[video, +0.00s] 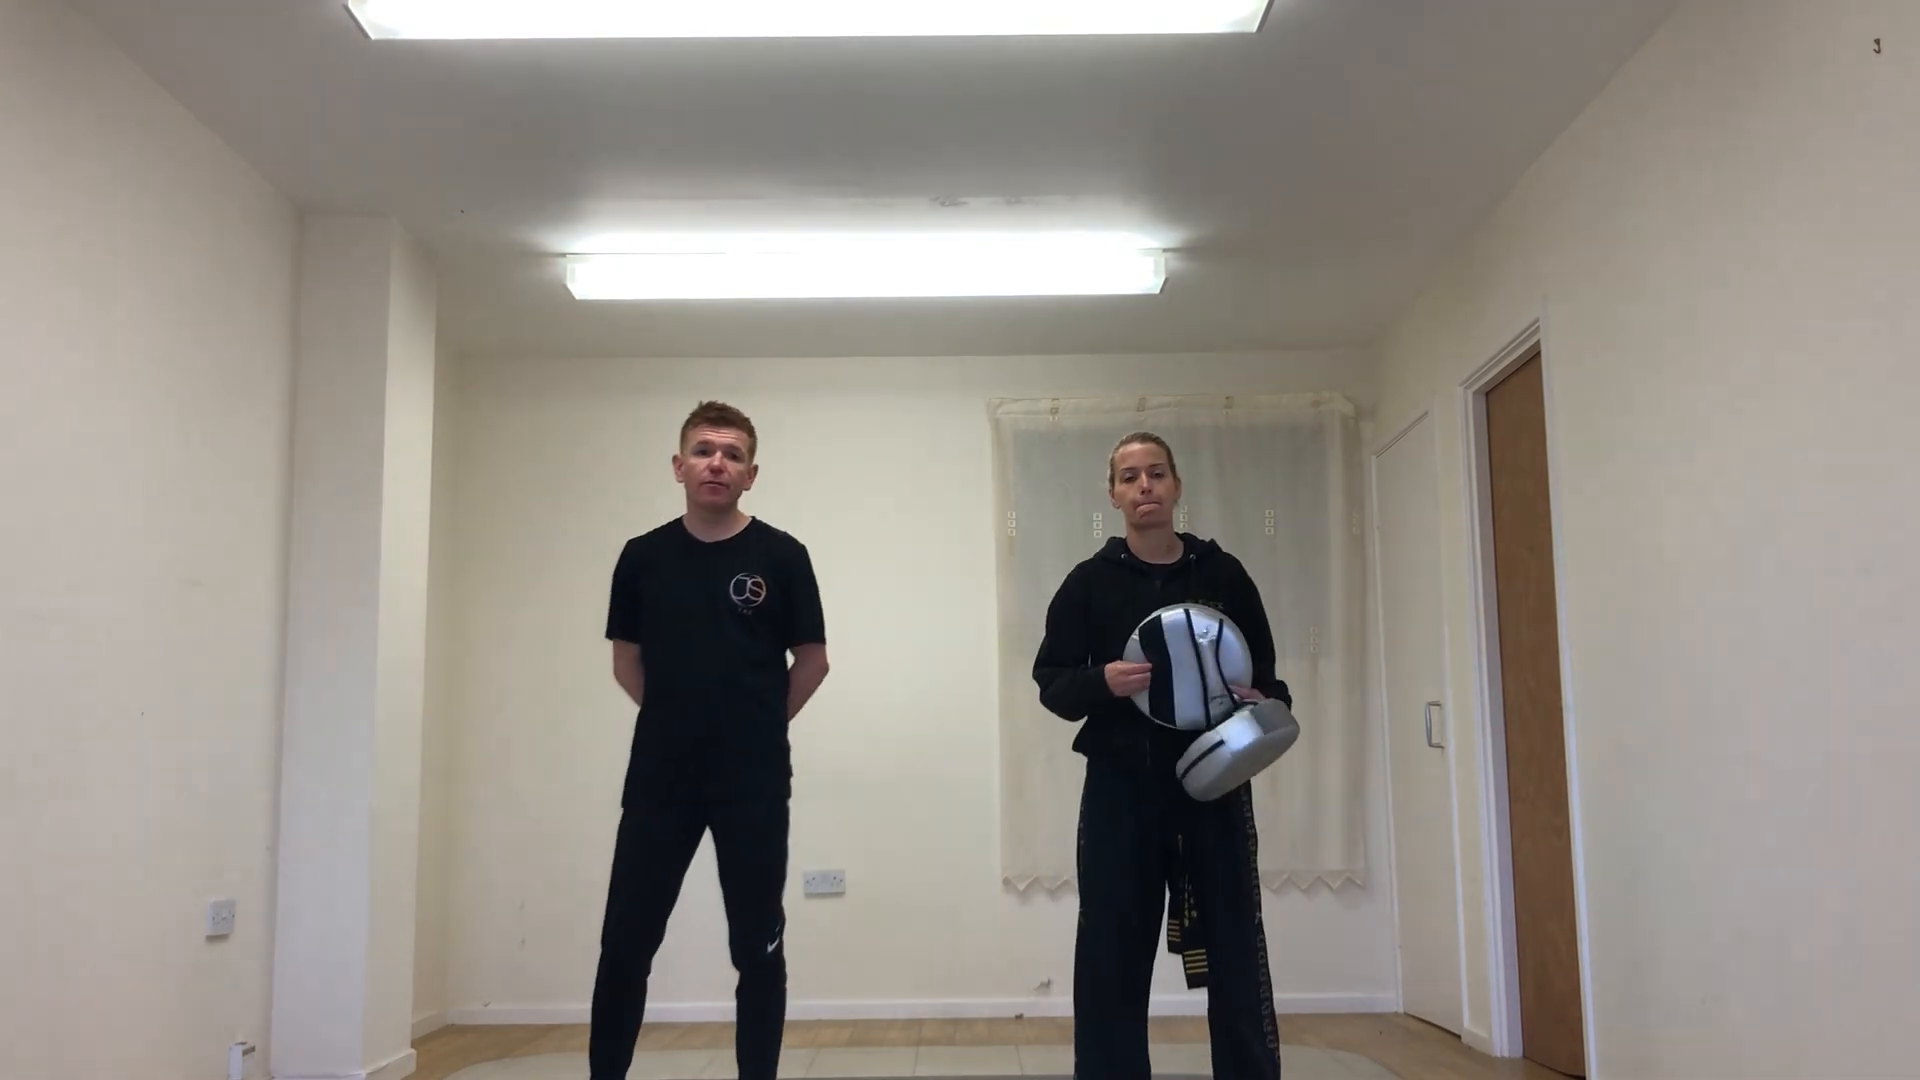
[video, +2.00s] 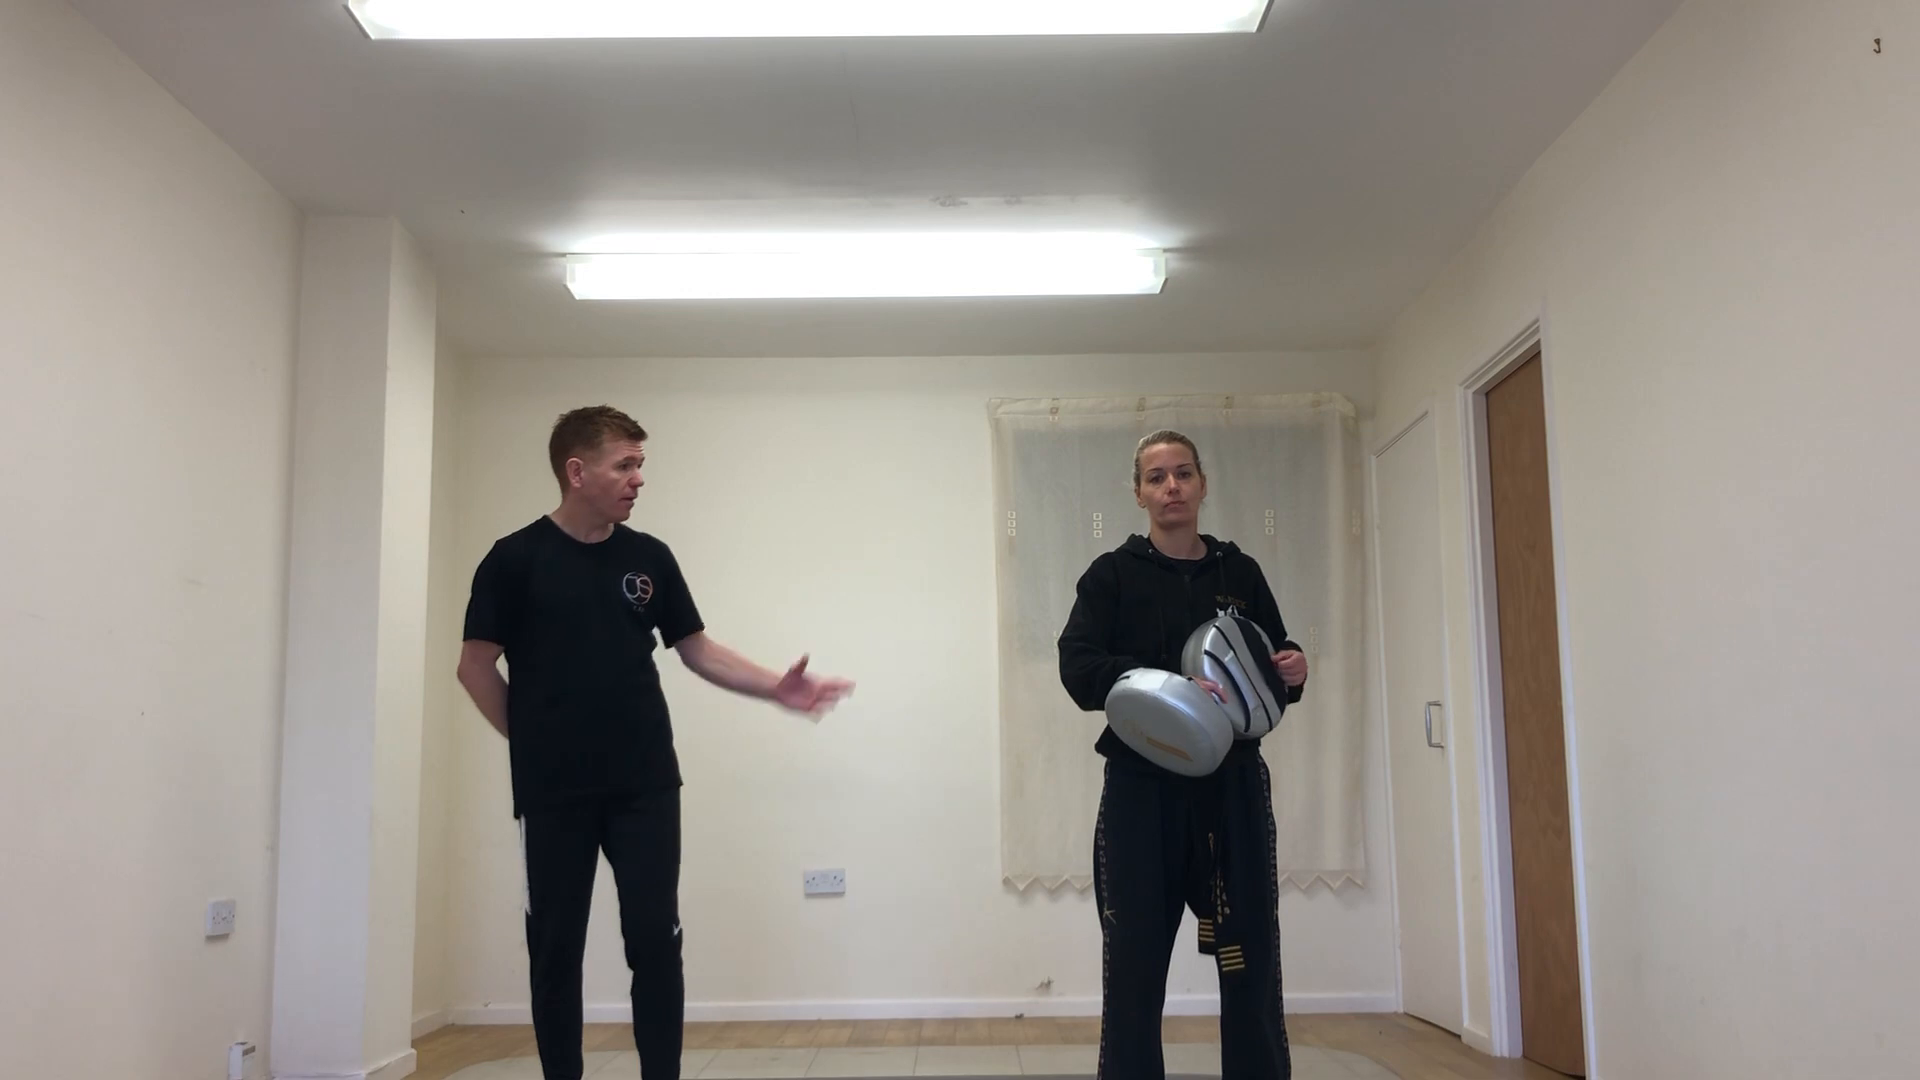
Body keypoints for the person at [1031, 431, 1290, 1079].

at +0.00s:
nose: (1145, 485)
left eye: (1156, 473)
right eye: (1130, 477)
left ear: (1177, 487)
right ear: (1113, 495)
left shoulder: (1222, 572)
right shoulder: (1088, 582)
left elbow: (1265, 675)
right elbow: (1053, 686)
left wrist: (1259, 698)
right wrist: (1100, 680)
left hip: (1215, 786)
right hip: (1123, 789)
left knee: (1236, 953)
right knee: (1112, 959)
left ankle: (1250, 1075)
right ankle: (1111, 1077)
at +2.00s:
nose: (1171, 485)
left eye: (1182, 473)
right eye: (1156, 476)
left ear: (1202, 485)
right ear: (1139, 493)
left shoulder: (1239, 570)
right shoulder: (1110, 575)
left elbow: (1274, 672)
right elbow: (1077, 668)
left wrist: (1291, 670)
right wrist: (1164, 689)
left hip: (1234, 781)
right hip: (1141, 782)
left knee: (1250, 958)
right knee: (1134, 964)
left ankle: (1259, 1076)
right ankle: (1128, 1078)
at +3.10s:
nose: (1164, 487)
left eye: (1176, 475)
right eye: (1150, 479)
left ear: (1198, 485)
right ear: (1134, 495)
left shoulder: (1241, 574)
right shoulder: (1108, 578)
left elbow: (1305, 658)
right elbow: (1062, 669)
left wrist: (1288, 690)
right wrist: (1082, 723)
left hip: (1232, 794)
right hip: (1137, 798)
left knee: (1249, 973)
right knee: (1130, 977)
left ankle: (1258, 1077)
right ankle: (1125, 1078)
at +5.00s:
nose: (1175, 488)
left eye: (1188, 476)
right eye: (1161, 477)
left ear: (1206, 486)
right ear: (1143, 488)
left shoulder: (1239, 570)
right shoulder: (1110, 574)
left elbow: (1255, 668)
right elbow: (1094, 681)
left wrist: (1216, 730)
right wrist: (1137, 740)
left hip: (1229, 780)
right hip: (1138, 782)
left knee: (1249, 961)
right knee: (1130, 966)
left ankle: (1261, 1077)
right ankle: (1124, 1079)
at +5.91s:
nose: (1175, 484)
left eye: (1188, 472)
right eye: (1161, 474)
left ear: (1207, 484)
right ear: (1142, 487)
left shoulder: (1240, 570)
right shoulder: (1111, 574)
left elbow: (1256, 669)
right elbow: (1095, 680)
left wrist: (1217, 731)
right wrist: (1137, 740)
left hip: (1230, 780)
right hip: (1138, 782)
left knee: (1249, 962)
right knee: (1130, 966)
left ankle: (1260, 1076)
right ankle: (1124, 1077)